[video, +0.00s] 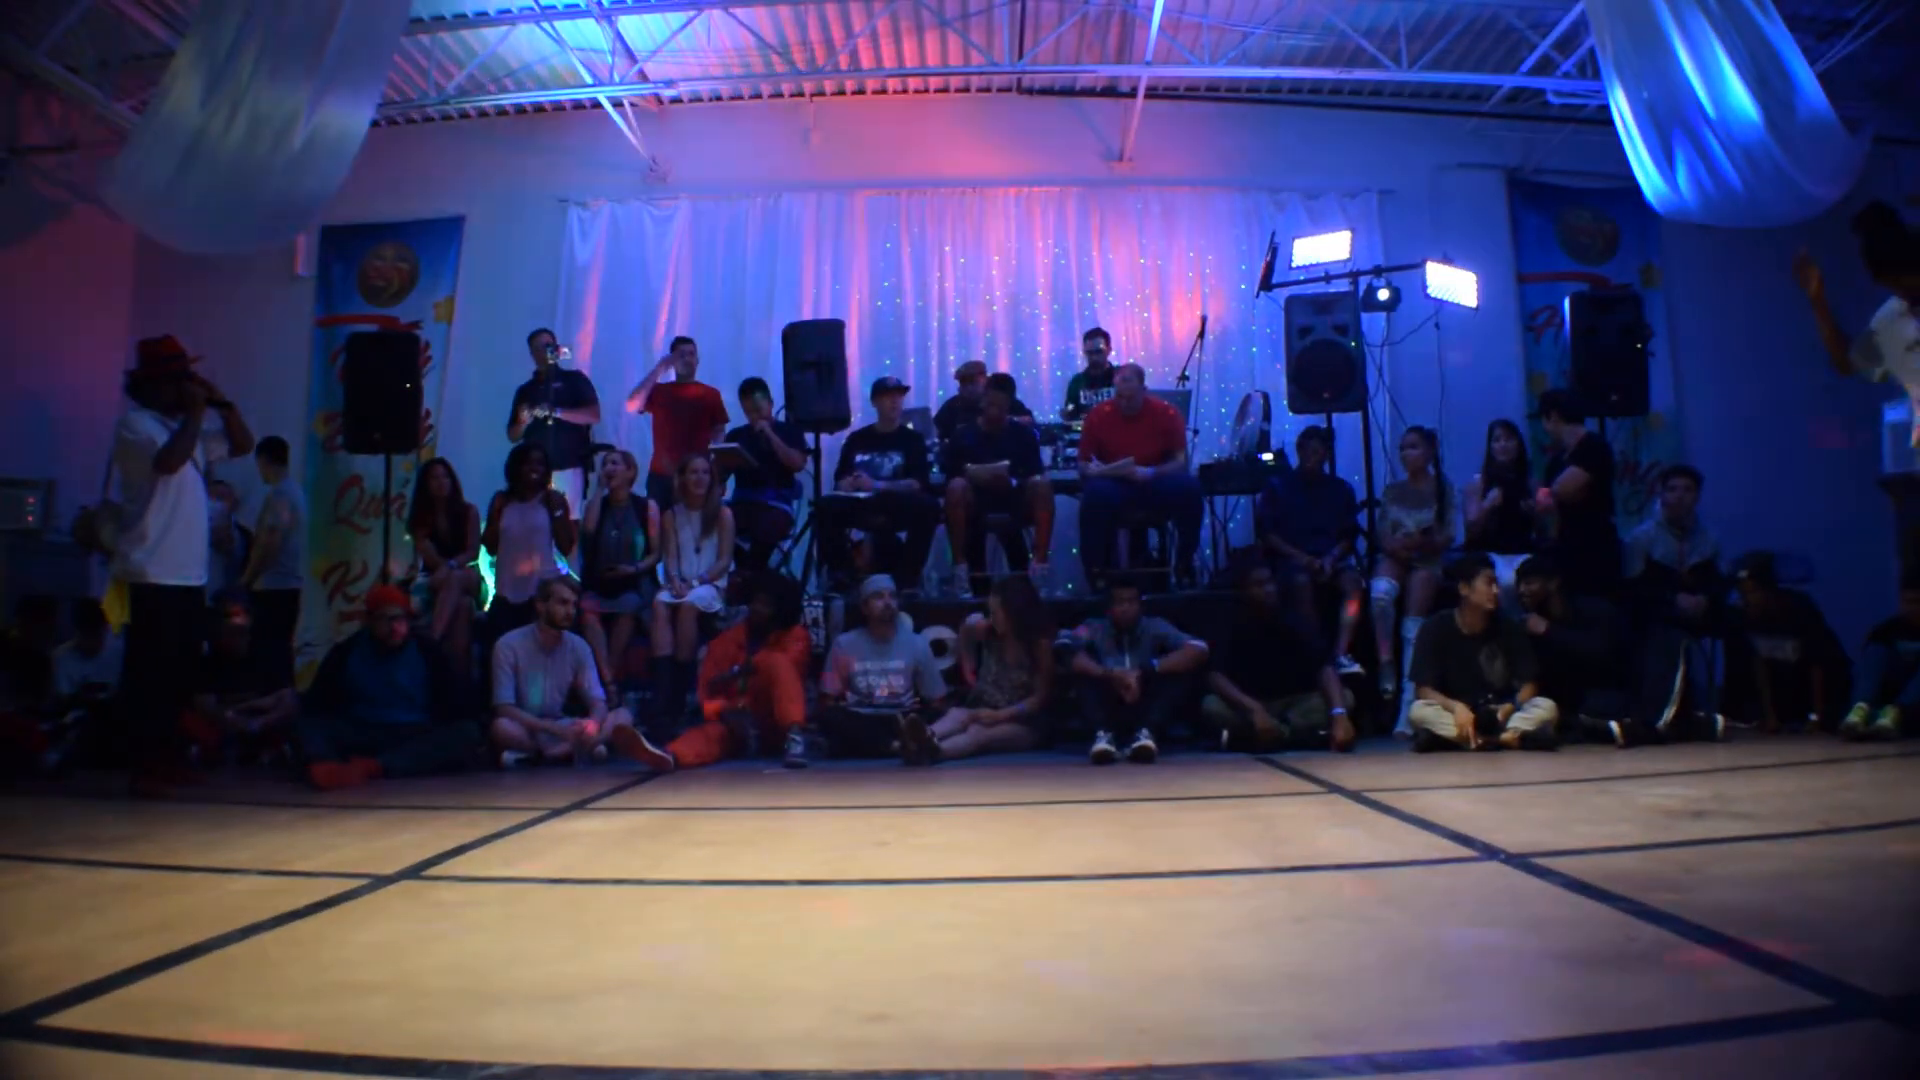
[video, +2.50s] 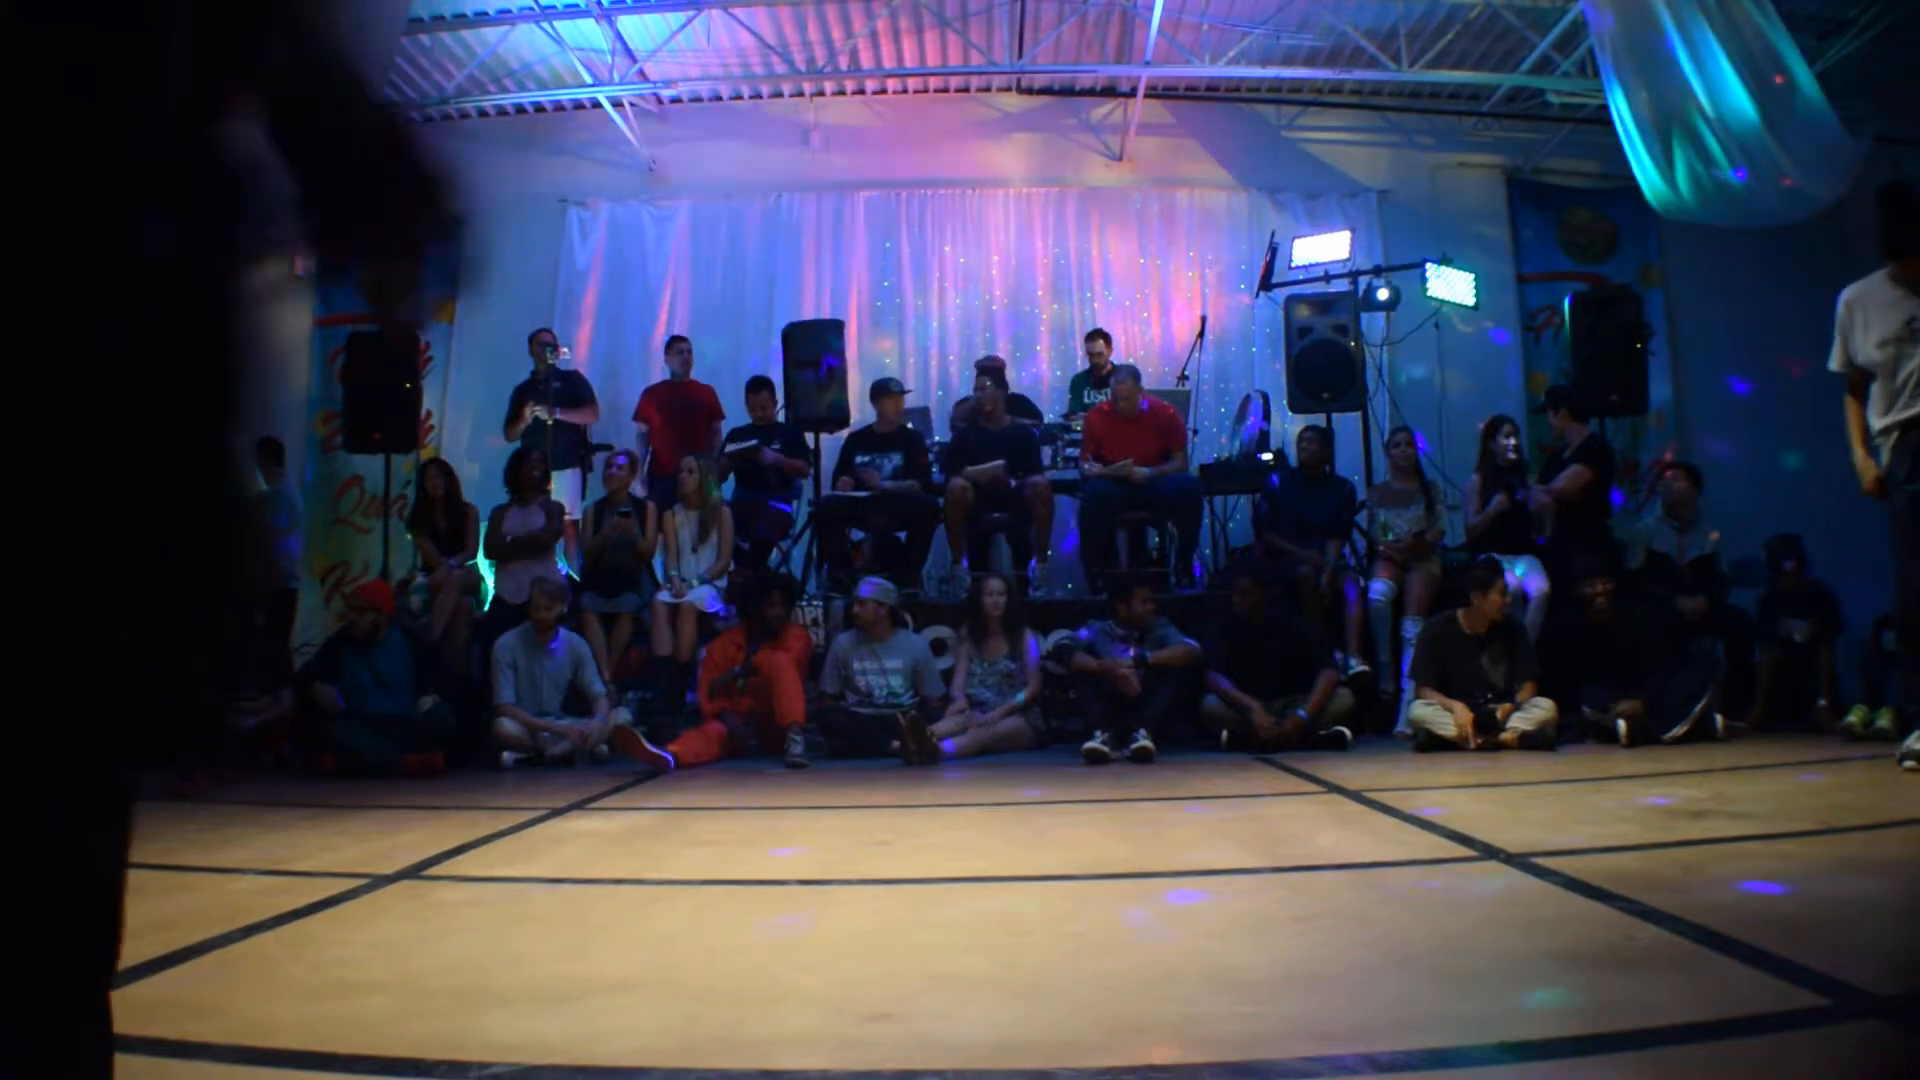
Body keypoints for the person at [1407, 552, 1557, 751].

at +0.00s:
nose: (1495, 590)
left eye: (1495, 584)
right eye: (1488, 583)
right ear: (1464, 589)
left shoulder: (1507, 626)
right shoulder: (1436, 628)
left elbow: (1529, 684)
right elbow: (1423, 690)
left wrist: (1511, 707)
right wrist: (1457, 708)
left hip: (1500, 706)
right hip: (1458, 708)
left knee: (1546, 707)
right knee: (1419, 711)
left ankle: (1468, 743)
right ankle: (1506, 740)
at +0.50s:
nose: (1492, 605)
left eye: (1495, 597)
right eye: (1485, 596)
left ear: (1500, 596)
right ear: (1463, 594)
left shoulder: (1505, 627)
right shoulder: (1434, 628)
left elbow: (1528, 686)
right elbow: (1423, 690)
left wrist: (1511, 706)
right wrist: (1457, 707)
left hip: (1499, 707)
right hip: (1456, 710)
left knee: (1547, 707)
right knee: (1419, 712)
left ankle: (1470, 743)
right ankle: (1508, 740)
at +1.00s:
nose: (1499, 612)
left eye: (1505, 606)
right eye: (1494, 603)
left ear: (1511, 606)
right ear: (1472, 596)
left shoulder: (1510, 630)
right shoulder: (1438, 629)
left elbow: (1528, 686)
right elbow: (1423, 690)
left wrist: (1508, 707)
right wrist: (1456, 707)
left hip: (1499, 706)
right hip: (1457, 710)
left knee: (1546, 707)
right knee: (1418, 711)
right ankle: (1505, 740)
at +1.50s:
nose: (1500, 612)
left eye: (1506, 606)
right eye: (1495, 603)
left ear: (1512, 606)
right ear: (1474, 595)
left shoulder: (1512, 630)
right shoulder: (1439, 629)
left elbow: (1530, 686)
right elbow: (1424, 690)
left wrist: (1509, 708)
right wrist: (1457, 707)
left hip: (1501, 707)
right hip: (1459, 711)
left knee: (1547, 707)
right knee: (1419, 711)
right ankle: (1505, 741)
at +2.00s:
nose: (1500, 612)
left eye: (1506, 606)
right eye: (1494, 603)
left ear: (1511, 605)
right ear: (1473, 595)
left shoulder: (1513, 631)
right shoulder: (1438, 629)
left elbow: (1529, 686)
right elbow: (1423, 690)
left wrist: (1511, 706)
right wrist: (1456, 707)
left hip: (1501, 705)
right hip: (1457, 707)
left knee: (1546, 707)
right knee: (1418, 711)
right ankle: (1506, 740)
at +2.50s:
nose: (1507, 600)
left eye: (1506, 594)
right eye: (1501, 593)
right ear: (1476, 597)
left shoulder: (1512, 629)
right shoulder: (1437, 629)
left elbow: (1528, 685)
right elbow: (1423, 689)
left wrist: (1512, 706)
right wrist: (1456, 707)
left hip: (1500, 706)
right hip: (1456, 709)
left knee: (1546, 708)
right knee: (1418, 711)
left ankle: (1469, 742)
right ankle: (1504, 740)